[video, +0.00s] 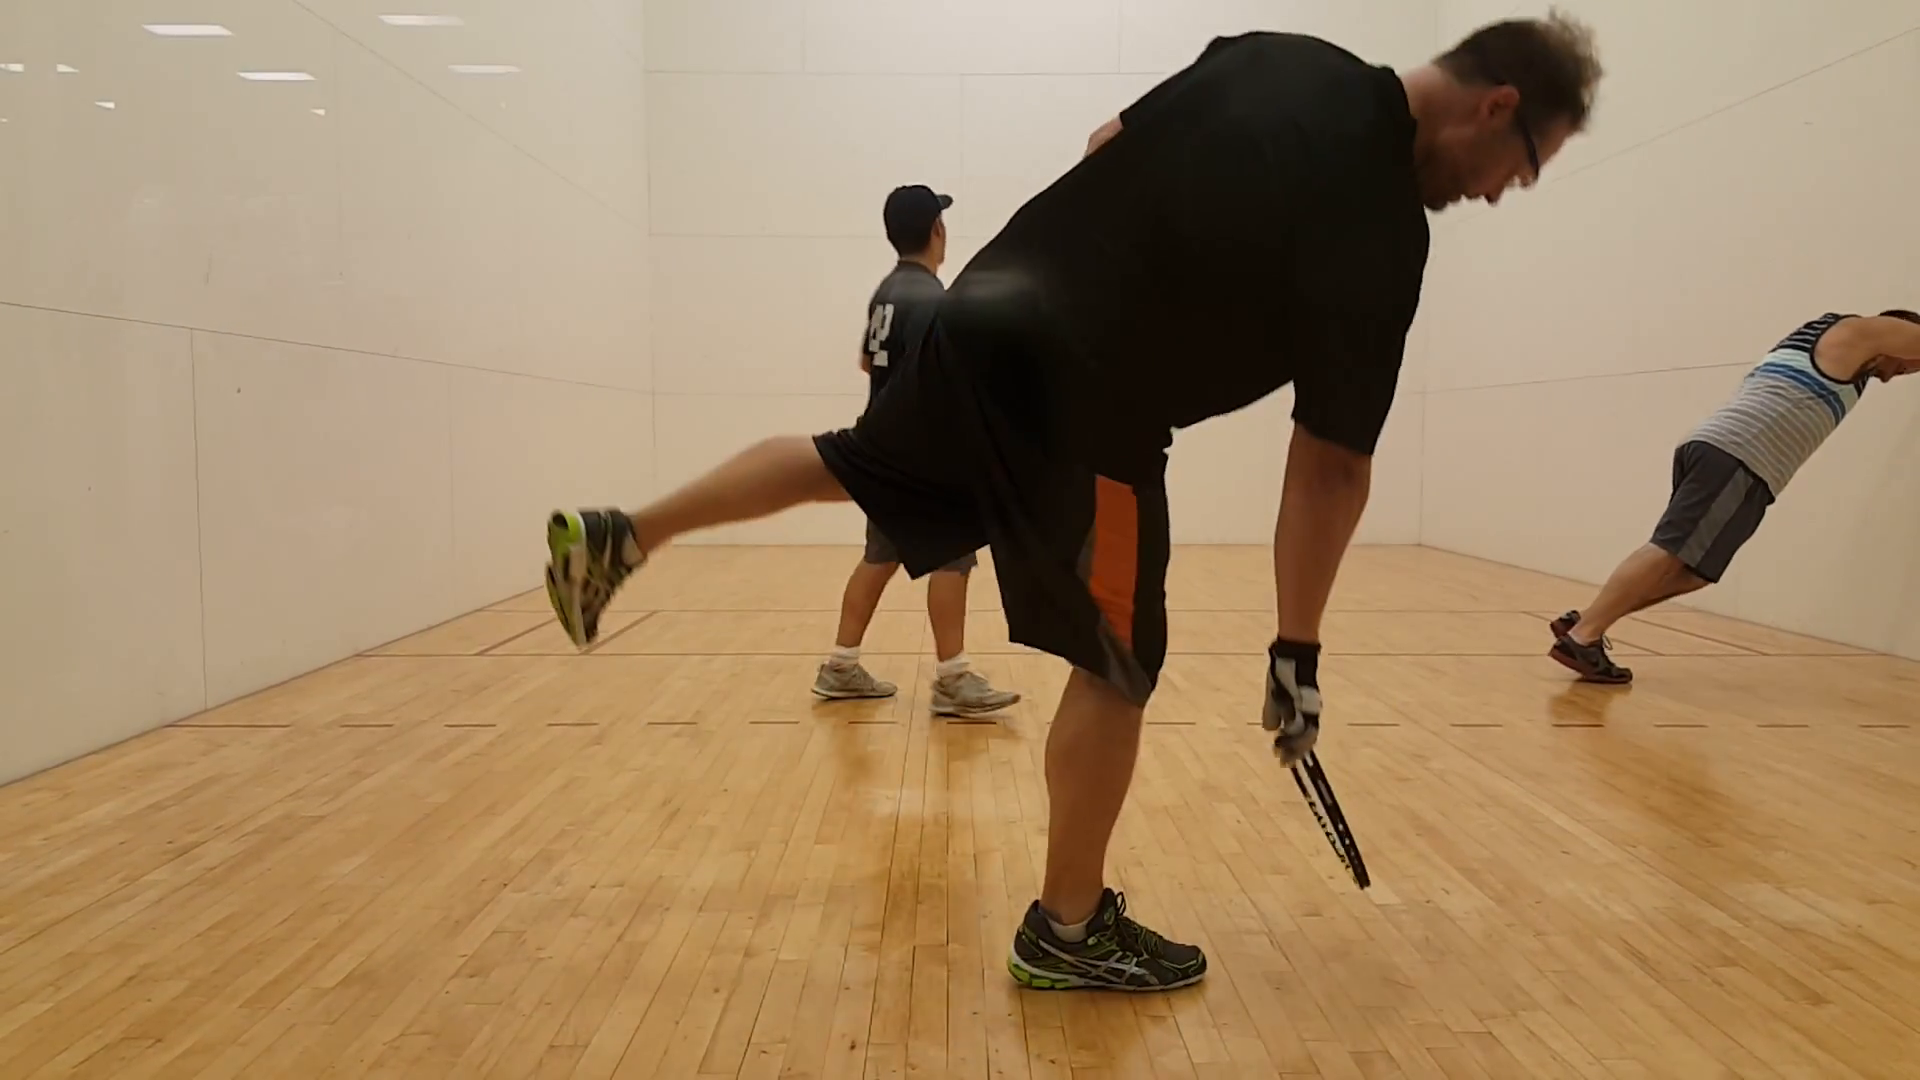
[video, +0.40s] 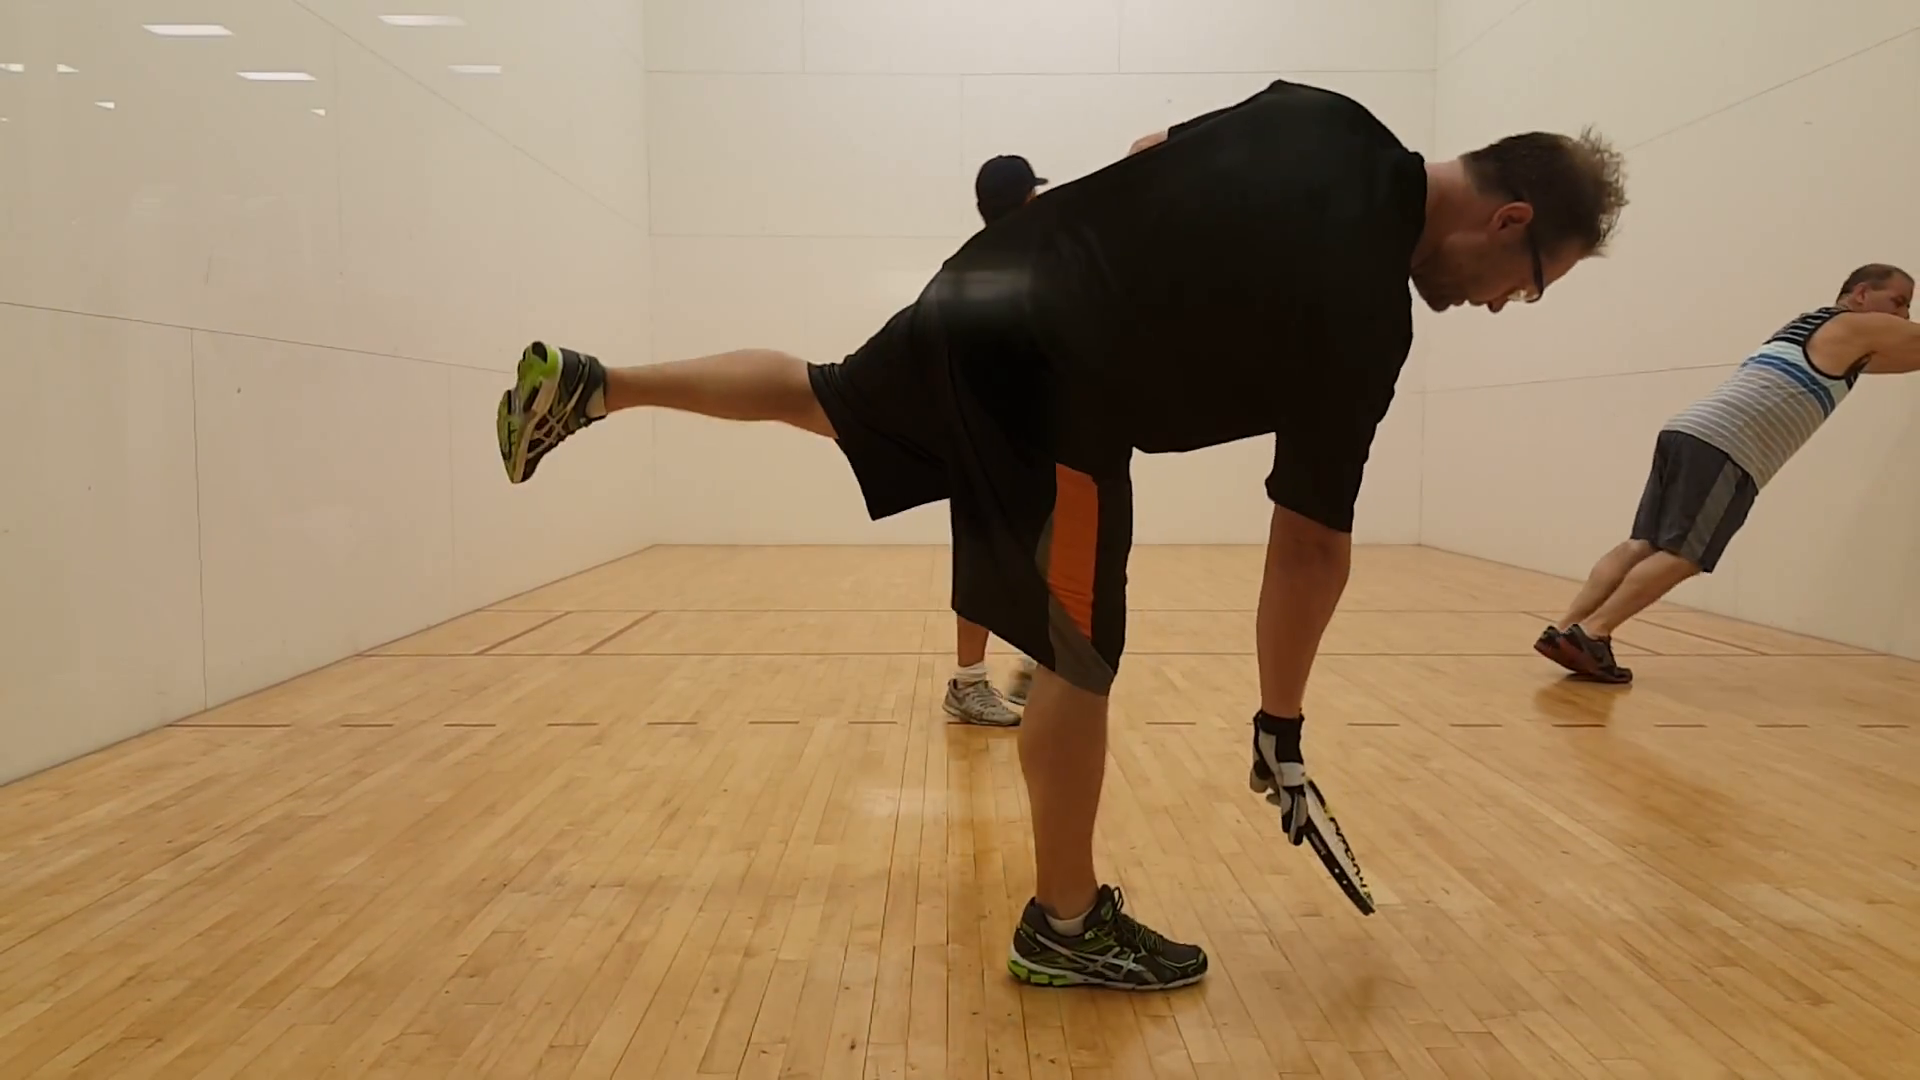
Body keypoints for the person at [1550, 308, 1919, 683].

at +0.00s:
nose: (1900, 375)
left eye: (1908, 368)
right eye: (1907, 363)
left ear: (1891, 340)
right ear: (1895, 337)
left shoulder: (1825, 343)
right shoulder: (1851, 334)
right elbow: (1917, 336)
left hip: (1738, 464)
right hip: (1734, 459)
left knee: (1698, 570)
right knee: (1672, 552)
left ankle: (1587, 620)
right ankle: (1583, 637)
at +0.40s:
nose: (1904, 314)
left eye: (1906, 306)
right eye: (1899, 302)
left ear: (1856, 299)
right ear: (1859, 293)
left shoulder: (1814, 327)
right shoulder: (1852, 328)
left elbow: (1911, 353)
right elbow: (1919, 341)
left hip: (1685, 434)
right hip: (1725, 452)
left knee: (1644, 543)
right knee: (1684, 555)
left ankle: (1567, 628)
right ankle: (1593, 633)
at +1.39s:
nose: (1901, 313)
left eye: (1902, 306)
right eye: (1893, 301)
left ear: (1852, 309)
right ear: (1852, 302)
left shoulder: (1821, 340)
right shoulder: (1850, 341)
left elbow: (1906, 356)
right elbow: (1916, 350)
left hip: (1714, 454)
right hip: (1727, 463)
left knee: (1690, 574)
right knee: (1656, 546)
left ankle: (1582, 619)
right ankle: (1576, 638)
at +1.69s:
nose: (1903, 321)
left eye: (1904, 313)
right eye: (1895, 309)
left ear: (1854, 318)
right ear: (1853, 311)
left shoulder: (1827, 350)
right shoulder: (1852, 349)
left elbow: (1906, 360)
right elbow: (1917, 353)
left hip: (1717, 461)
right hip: (1728, 470)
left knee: (1706, 581)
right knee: (1651, 552)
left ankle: (1592, 616)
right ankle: (1572, 644)